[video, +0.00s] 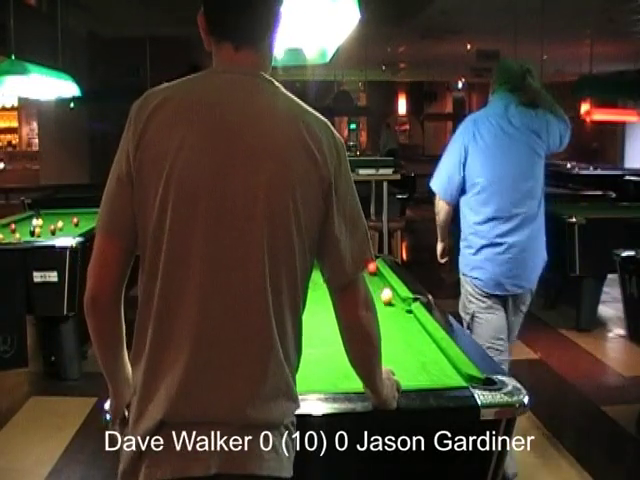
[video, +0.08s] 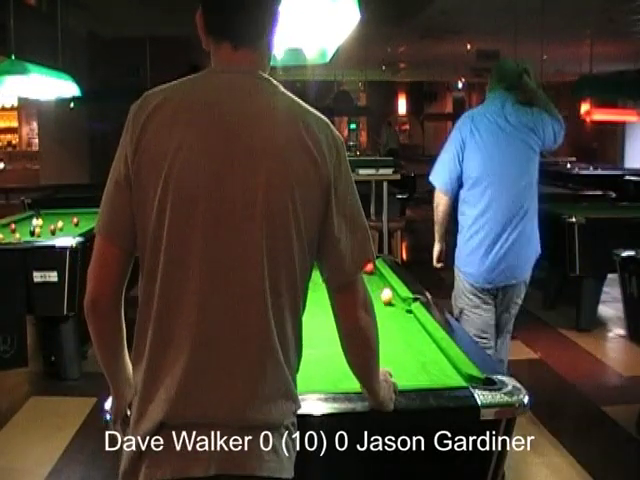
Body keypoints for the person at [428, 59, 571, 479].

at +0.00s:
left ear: (493, 87)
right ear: (527, 89)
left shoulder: (473, 126)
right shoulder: (540, 125)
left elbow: (444, 198)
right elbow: (563, 126)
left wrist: (442, 240)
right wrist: (537, 91)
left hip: (483, 257)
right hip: (530, 256)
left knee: (491, 357)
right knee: (499, 351)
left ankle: (501, 452)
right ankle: (488, 439)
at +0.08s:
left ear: (489, 86)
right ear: (522, 90)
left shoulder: (469, 123)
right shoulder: (531, 122)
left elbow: (443, 189)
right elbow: (558, 127)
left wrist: (439, 239)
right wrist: (536, 92)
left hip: (477, 254)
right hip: (522, 253)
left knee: (477, 344)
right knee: (502, 341)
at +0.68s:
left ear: (452, 94)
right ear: (480, 96)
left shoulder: (434, 126)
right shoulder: (486, 121)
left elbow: (416, 177)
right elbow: (515, 124)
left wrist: (416, 220)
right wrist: (492, 96)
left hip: (442, 231)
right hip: (479, 230)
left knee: (445, 307)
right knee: (477, 307)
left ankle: (444, 375)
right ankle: (481, 376)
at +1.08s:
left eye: (444, 98)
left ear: (445, 101)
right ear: (466, 102)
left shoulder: (431, 131)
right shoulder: (477, 127)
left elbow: (419, 175)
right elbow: (505, 156)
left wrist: (429, 200)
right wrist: (488, 130)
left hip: (437, 220)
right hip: (470, 220)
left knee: (442, 288)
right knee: (467, 287)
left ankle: (443, 343)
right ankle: (461, 338)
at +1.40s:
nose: (438, 104)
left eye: (439, 100)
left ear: (440, 100)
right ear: (463, 100)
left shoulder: (429, 126)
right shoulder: (474, 126)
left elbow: (417, 169)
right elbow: (487, 168)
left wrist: (426, 199)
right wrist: (474, 193)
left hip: (435, 210)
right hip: (466, 210)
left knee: (436, 268)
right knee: (462, 272)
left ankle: (437, 325)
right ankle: (459, 331)